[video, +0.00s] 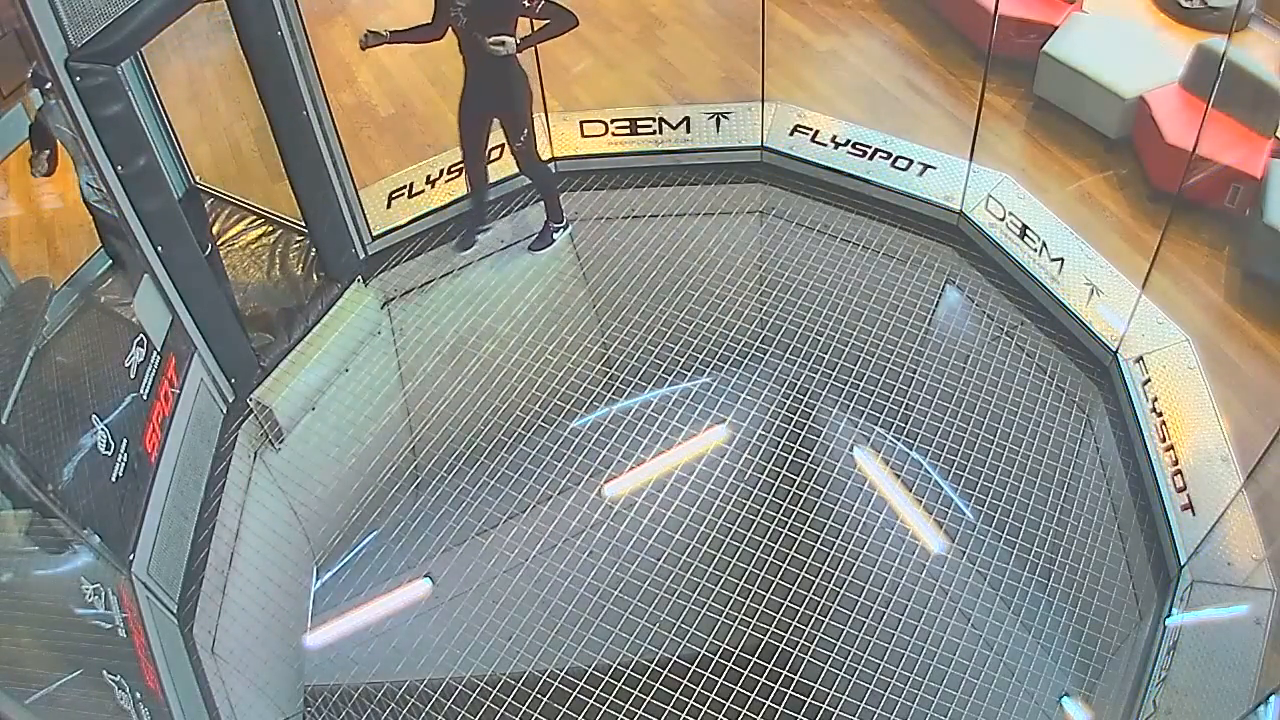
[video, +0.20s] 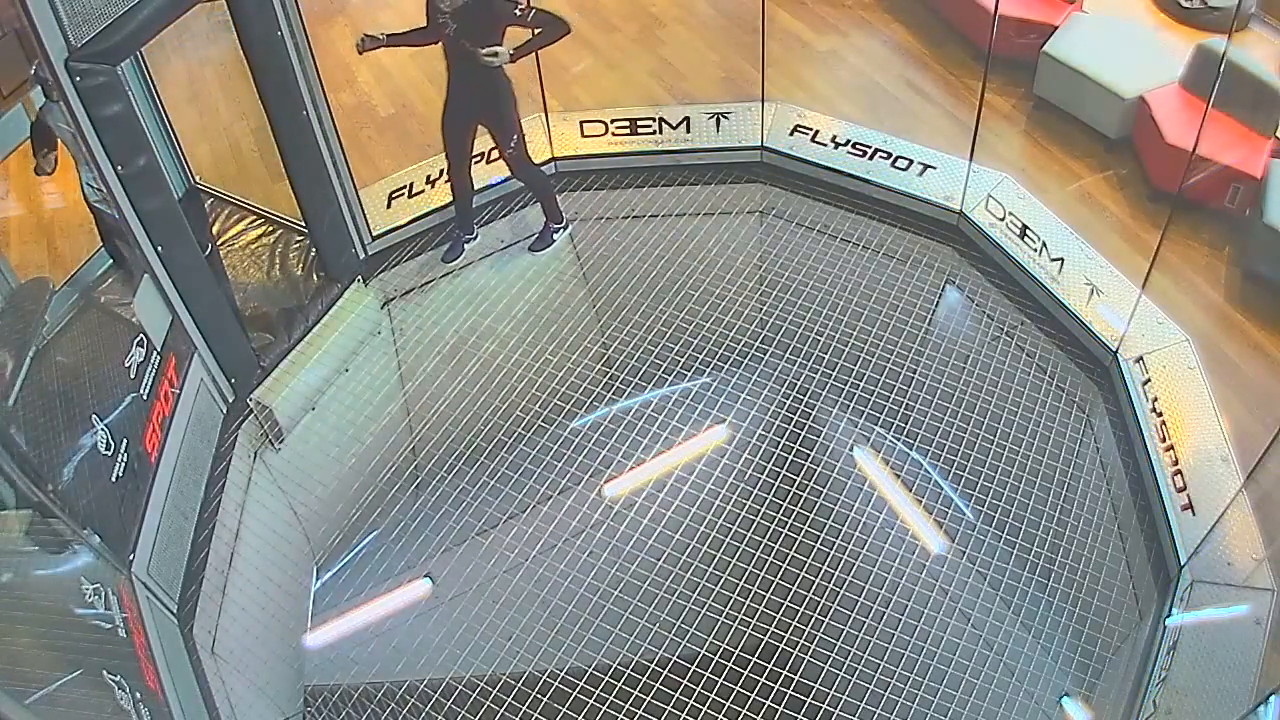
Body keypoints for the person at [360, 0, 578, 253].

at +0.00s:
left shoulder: (512, 4)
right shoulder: (448, 4)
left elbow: (567, 19)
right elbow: (436, 31)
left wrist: (520, 45)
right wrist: (385, 37)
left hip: (509, 82)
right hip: (474, 86)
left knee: (527, 160)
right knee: (473, 159)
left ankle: (557, 219)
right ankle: (479, 220)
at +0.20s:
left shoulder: (498, 7)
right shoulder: (436, 5)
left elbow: (559, 26)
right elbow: (433, 34)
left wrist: (513, 54)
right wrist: (384, 41)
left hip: (494, 93)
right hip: (458, 96)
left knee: (519, 164)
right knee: (457, 167)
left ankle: (557, 221)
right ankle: (466, 231)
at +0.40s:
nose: (431, 18)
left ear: (453, 6)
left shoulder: (478, 11)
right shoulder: (420, 7)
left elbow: (543, 40)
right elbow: (419, 34)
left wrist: (492, 57)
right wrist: (373, 46)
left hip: (478, 99)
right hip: (442, 104)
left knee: (507, 165)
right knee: (449, 174)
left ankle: (549, 216)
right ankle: (466, 231)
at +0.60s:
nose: (423, 12)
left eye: (429, 8)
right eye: (419, 8)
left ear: (443, 2)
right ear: (416, 2)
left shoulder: (467, 12)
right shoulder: (407, 6)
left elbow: (532, 37)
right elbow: (404, 39)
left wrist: (486, 63)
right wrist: (361, 52)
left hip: (469, 100)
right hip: (432, 106)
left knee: (496, 166)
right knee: (447, 176)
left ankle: (530, 215)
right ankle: (466, 232)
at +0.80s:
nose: (424, 5)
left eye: (429, 2)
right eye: (418, 2)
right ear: (411, 1)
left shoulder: (462, 10)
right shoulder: (402, 10)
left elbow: (527, 34)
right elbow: (396, 41)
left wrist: (481, 58)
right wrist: (357, 63)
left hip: (468, 101)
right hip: (430, 109)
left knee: (485, 170)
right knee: (447, 178)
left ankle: (504, 225)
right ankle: (466, 233)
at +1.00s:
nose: (417, 3)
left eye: (421, 1)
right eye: (413, 1)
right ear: (409, 1)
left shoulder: (465, 10)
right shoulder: (404, 9)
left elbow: (532, 29)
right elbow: (393, 36)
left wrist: (490, 58)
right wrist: (381, 61)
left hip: (469, 102)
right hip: (431, 107)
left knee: (485, 168)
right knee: (447, 176)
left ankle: (503, 225)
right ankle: (466, 233)